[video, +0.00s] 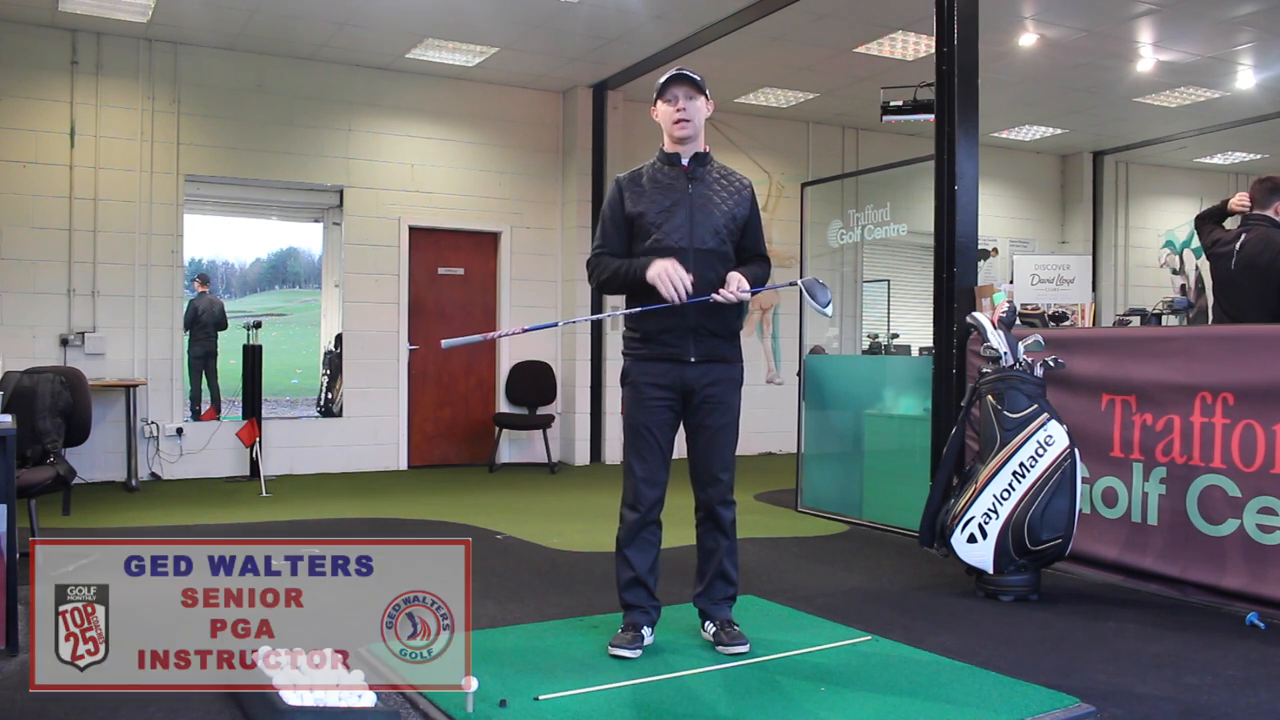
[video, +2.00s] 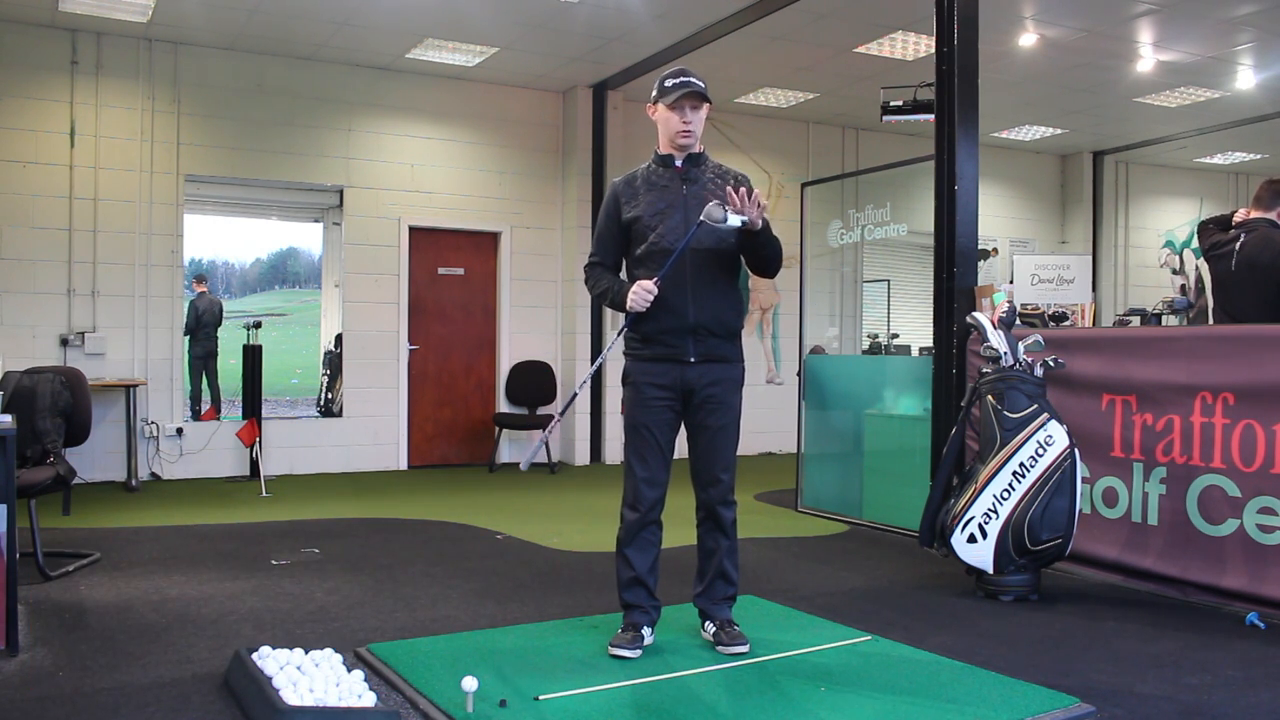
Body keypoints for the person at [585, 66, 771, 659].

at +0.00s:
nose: (680, 106)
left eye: (691, 96)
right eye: (670, 98)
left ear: (709, 110)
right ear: (655, 113)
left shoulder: (737, 189)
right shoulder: (629, 187)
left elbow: (757, 264)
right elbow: (600, 268)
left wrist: (743, 279)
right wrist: (647, 266)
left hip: (718, 363)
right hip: (649, 361)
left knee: (716, 494)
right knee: (642, 495)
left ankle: (718, 612)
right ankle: (638, 616)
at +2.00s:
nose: (688, 118)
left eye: (697, 108)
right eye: (677, 107)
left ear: (708, 115)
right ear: (654, 113)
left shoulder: (732, 184)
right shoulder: (627, 190)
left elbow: (770, 266)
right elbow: (597, 269)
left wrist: (752, 227)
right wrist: (623, 291)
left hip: (718, 364)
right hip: (651, 364)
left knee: (717, 494)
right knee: (643, 495)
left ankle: (718, 613)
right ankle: (638, 616)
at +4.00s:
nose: (672, 119)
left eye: (681, 107)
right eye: (662, 110)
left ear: (704, 110)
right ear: (652, 119)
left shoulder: (737, 186)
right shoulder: (628, 188)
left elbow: (763, 263)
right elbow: (598, 272)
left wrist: (738, 277)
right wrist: (633, 252)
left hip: (717, 362)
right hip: (649, 361)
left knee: (716, 494)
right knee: (641, 495)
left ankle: (718, 612)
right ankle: (638, 616)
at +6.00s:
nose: (673, 112)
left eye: (684, 101)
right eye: (664, 104)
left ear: (707, 109)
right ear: (654, 117)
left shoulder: (739, 190)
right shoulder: (632, 184)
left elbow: (763, 269)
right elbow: (586, 246)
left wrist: (743, 275)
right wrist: (646, 200)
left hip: (715, 364)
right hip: (647, 361)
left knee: (715, 495)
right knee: (640, 496)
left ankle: (717, 611)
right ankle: (637, 616)